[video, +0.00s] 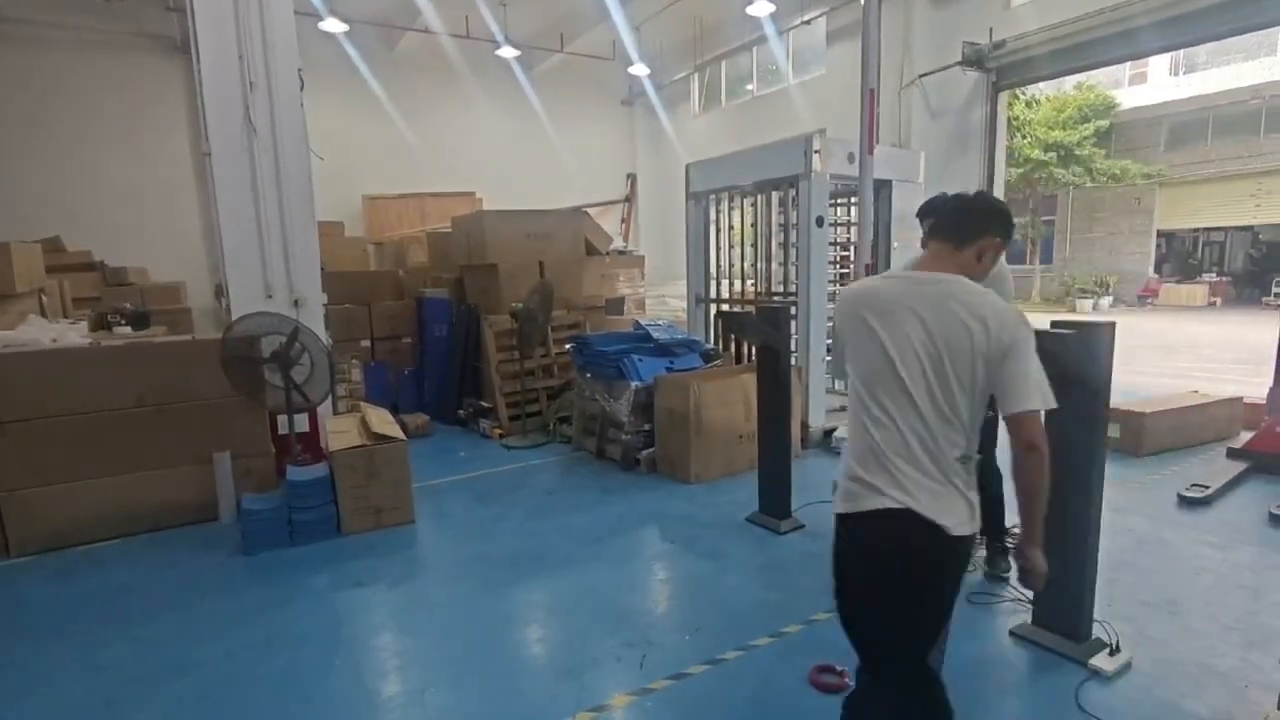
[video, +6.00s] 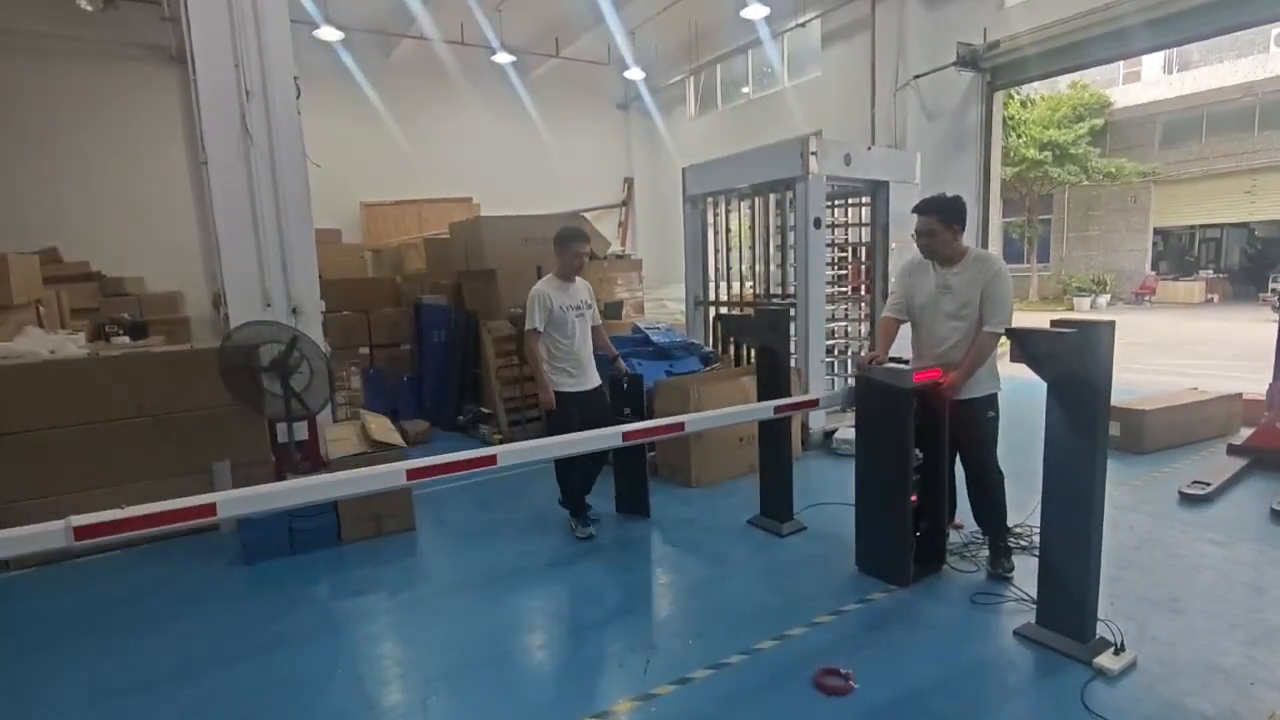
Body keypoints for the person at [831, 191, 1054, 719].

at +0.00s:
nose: (995, 271)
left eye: (997, 260)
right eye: (997, 258)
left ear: (927, 237)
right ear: (984, 249)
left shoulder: (855, 298)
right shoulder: (997, 318)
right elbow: (1029, 439)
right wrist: (1030, 542)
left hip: (860, 528)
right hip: (941, 534)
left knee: (904, 685)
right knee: (888, 684)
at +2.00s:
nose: (739, 398)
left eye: (743, 390)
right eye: (740, 388)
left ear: (719, 374)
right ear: (720, 374)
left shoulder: (688, 397)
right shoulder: (651, 374)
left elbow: (668, 457)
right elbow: (603, 438)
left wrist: (697, 509)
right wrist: (619, 508)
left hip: (602, 441)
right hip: (564, 436)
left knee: (631, 508)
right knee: (599, 536)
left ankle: (610, 591)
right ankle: (629, 635)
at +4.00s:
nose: (512, 260)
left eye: (514, 255)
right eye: (506, 253)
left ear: (513, 256)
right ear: (485, 252)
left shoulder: (509, 292)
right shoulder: (459, 294)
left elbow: (514, 338)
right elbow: (449, 348)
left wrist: (537, 364)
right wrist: (465, 394)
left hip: (512, 397)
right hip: (478, 401)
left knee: (513, 466)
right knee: (481, 467)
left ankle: (508, 526)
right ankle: (479, 520)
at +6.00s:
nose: (584, 261)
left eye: (587, 255)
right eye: (578, 255)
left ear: (588, 255)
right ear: (559, 253)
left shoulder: (584, 288)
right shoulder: (540, 293)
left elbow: (596, 330)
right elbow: (531, 342)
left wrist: (616, 358)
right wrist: (543, 386)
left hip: (592, 386)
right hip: (561, 390)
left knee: (601, 445)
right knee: (568, 452)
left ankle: (575, 494)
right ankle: (578, 513)